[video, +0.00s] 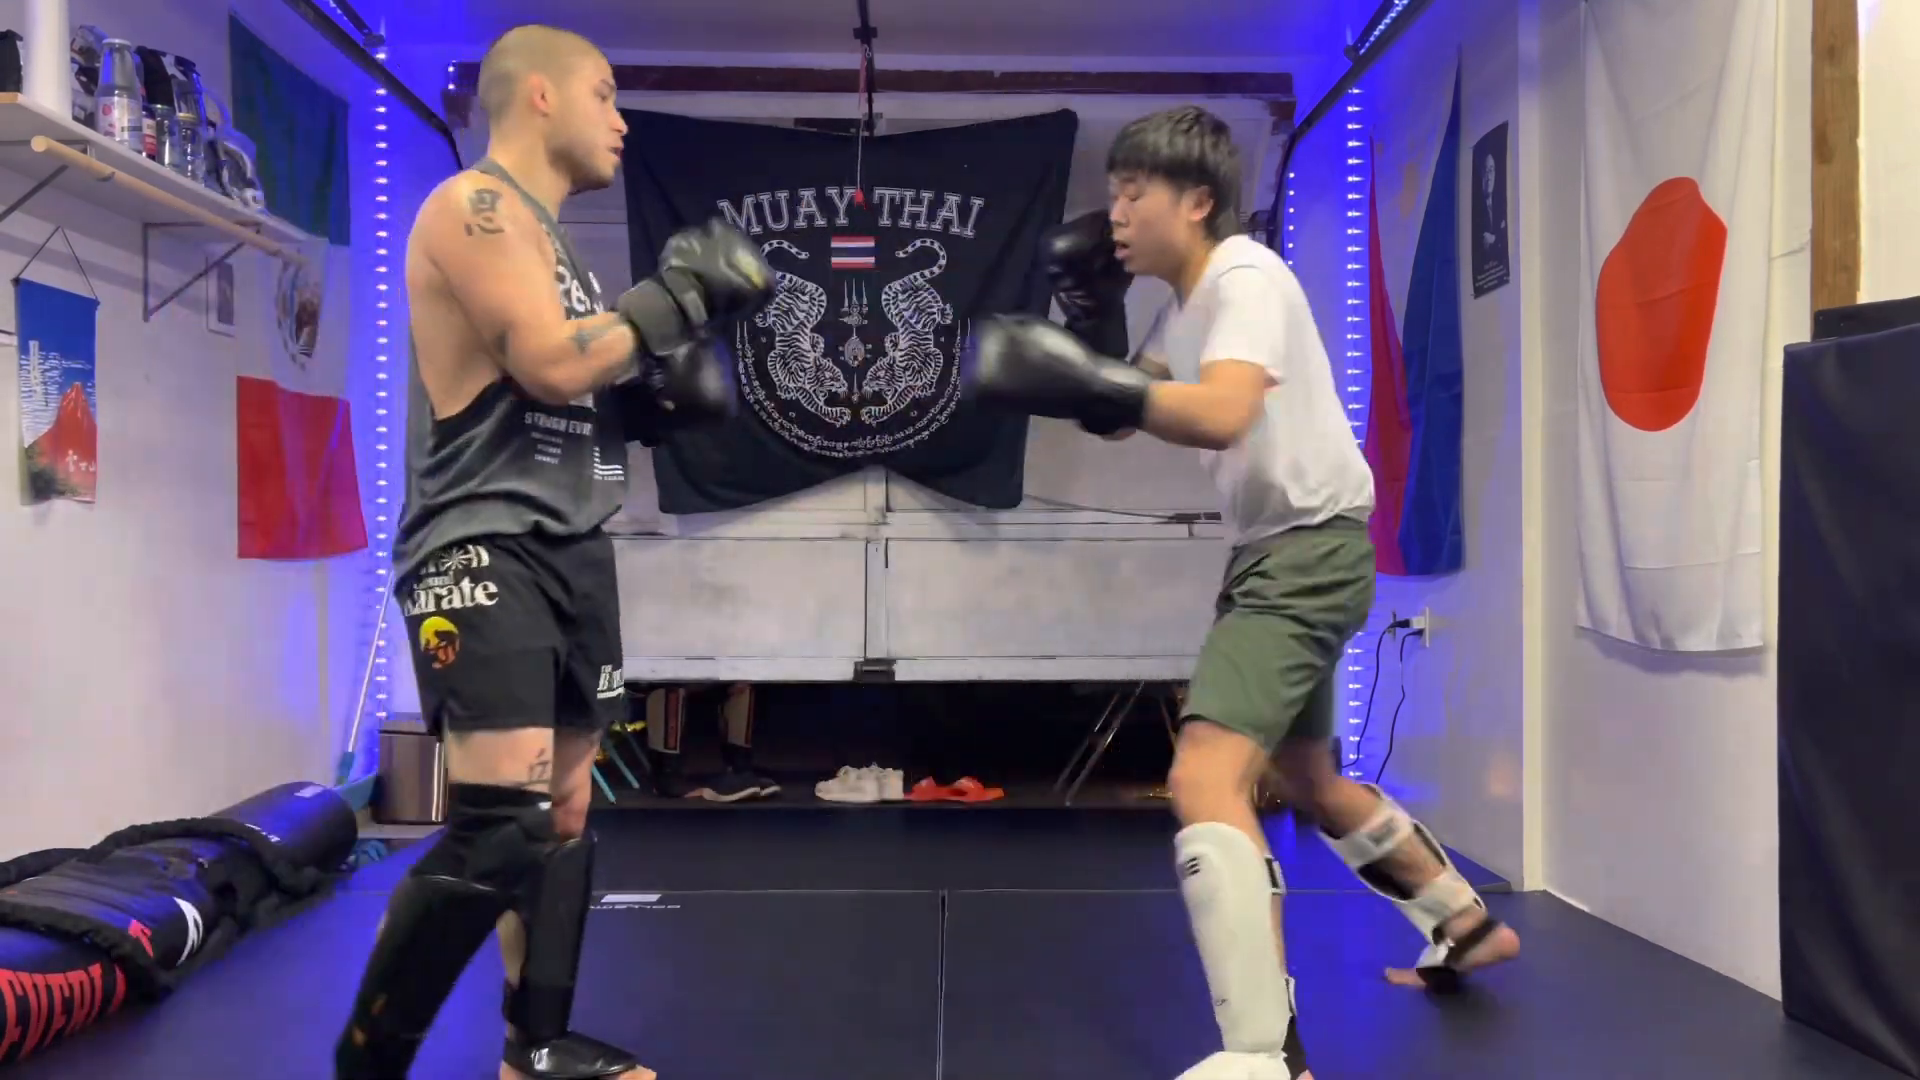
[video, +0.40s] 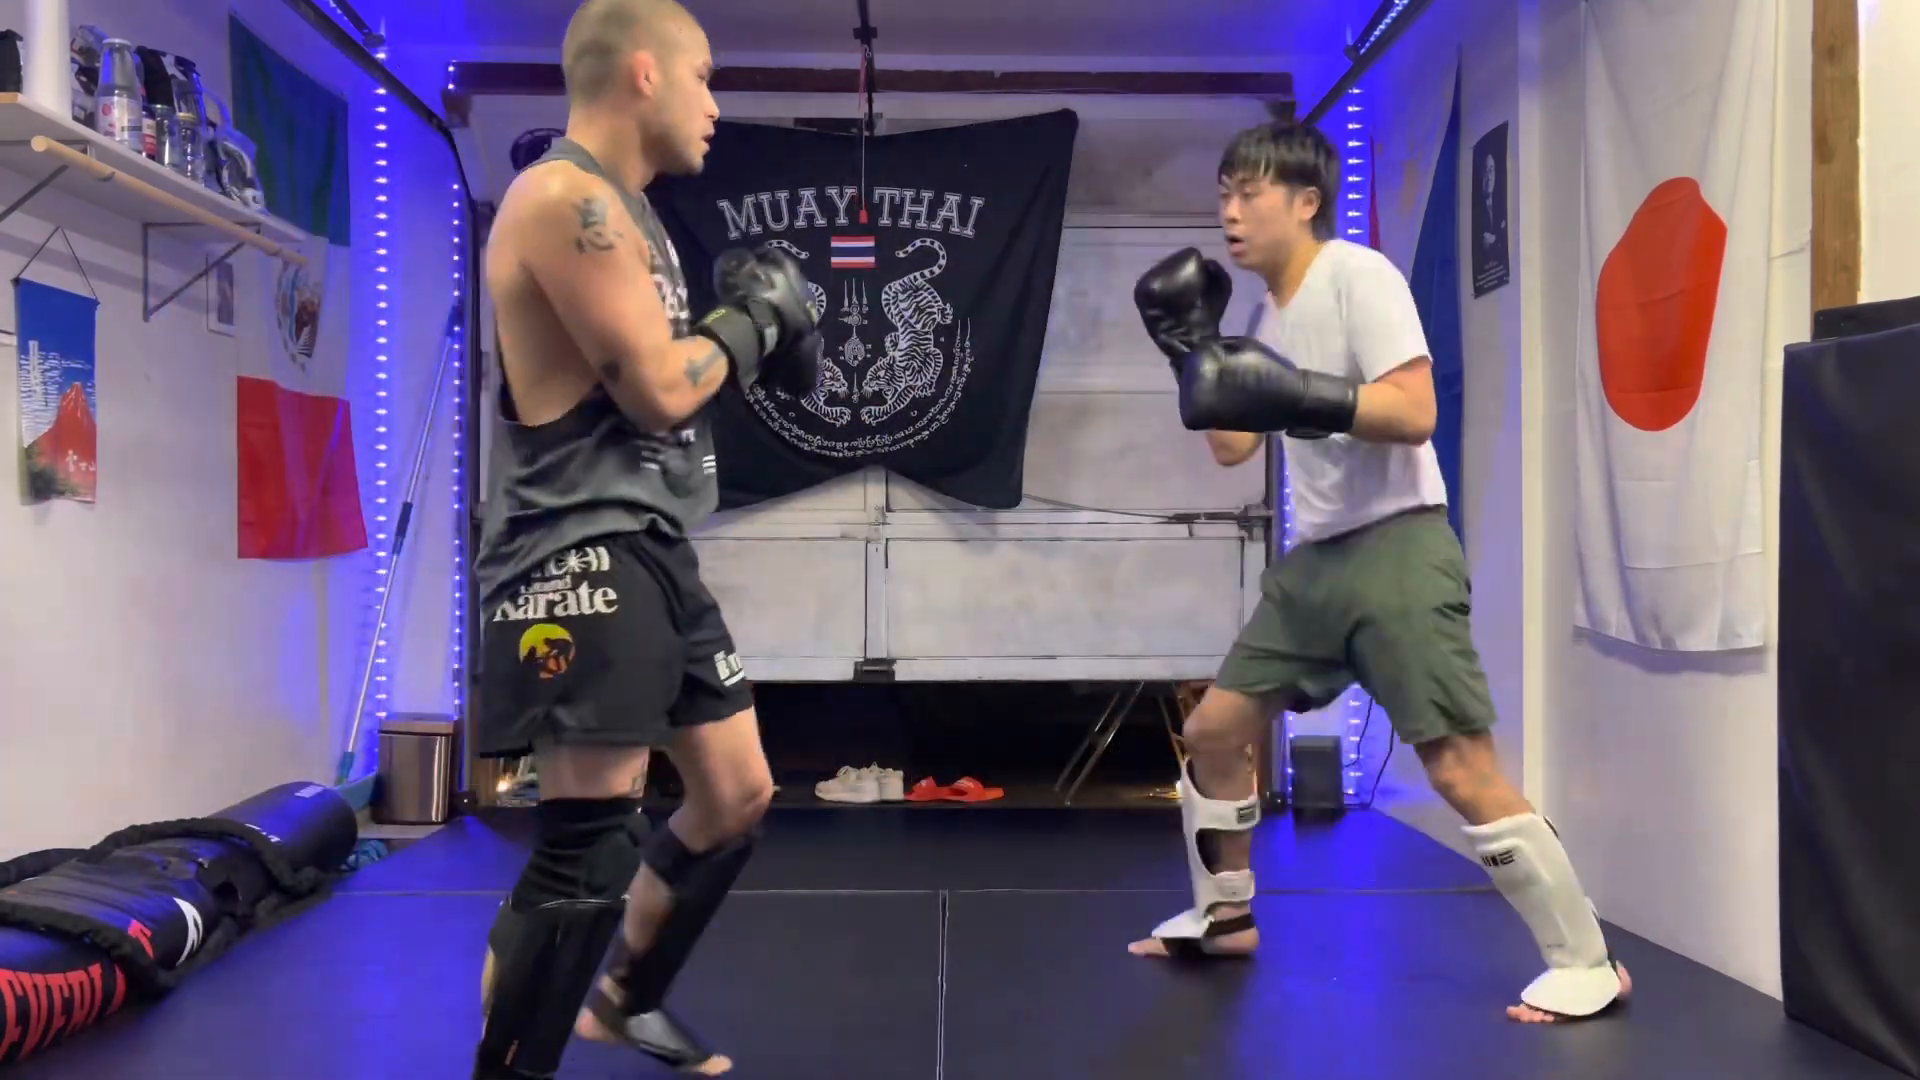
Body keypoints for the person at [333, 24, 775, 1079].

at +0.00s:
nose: (621, 120)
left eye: (616, 99)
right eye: (605, 97)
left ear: (542, 103)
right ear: (541, 100)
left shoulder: (552, 243)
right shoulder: (474, 205)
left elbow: (554, 397)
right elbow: (550, 361)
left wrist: (642, 401)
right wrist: (677, 295)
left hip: (569, 548)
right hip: (481, 543)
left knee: (562, 807)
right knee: (501, 822)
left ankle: (541, 1042)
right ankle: (367, 1060)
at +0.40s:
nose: (715, 107)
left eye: (714, 84)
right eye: (704, 81)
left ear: (635, 80)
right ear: (643, 77)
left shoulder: (634, 218)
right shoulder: (564, 197)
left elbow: (649, 385)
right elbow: (662, 394)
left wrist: (734, 321)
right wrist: (753, 318)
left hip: (652, 548)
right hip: (579, 553)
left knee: (735, 793)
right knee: (583, 850)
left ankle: (626, 999)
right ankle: (507, 1068)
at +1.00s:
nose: (898, 114)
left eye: (893, 97)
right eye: (894, 95)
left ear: (789, 104)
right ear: (872, 93)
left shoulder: (756, 212)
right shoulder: (861, 199)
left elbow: (825, 368)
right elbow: (982, 328)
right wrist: (1003, 223)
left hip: (768, 559)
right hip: (846, 553)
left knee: (818, 803)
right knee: (939, 803)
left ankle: (823, 1039)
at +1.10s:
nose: (925, 125)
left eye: (922, 107)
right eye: (923, 105)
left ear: (816, 104)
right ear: (905, 97)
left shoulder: (766, 214)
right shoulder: (905, 207)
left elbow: (880, 314)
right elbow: (1032, 303)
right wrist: (1072, 227)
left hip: (794, 574)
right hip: (892, 567)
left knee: (838, 809)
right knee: (966, 819)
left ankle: (815, 1048)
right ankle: (914, 1062)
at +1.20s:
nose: (947, 121)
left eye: (942, 105)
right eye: (947, 105)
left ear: (839, 103)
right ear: (929, 102)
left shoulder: (784, 217)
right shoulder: (948, 207)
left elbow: (961, 319)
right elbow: (1066, 284)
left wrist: (1075, 336)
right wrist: (1134, 292)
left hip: (818, 574)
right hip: (929, 568)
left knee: (865, 807)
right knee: (996, 820)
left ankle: (818, 1048)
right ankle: (938, 1062)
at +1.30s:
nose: (983, 129)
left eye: (978, 115)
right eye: (981, 114)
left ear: (867, 115)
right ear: (967, 112)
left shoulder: (820, 222)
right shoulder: (981, 226)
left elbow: (910, 366)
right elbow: (1073, 329)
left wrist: (1020, 368)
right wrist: (1126, 288)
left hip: (843, 584)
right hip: (946, 580)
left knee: (896, 813)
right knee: (994, 837)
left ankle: (822, 1048)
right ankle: (940, 1067)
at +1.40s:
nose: (1013, 137)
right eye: (1012, 121)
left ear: (894, 125)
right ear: (1003, 116)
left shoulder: (845, 226)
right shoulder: (1024, 233)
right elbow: (1101, 333)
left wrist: (1079, 256)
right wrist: (1141, 250)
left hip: (858, 587)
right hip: (968, 587)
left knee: (915, 798)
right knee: (1020, 850)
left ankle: (832, 1029)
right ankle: (953, 1065)